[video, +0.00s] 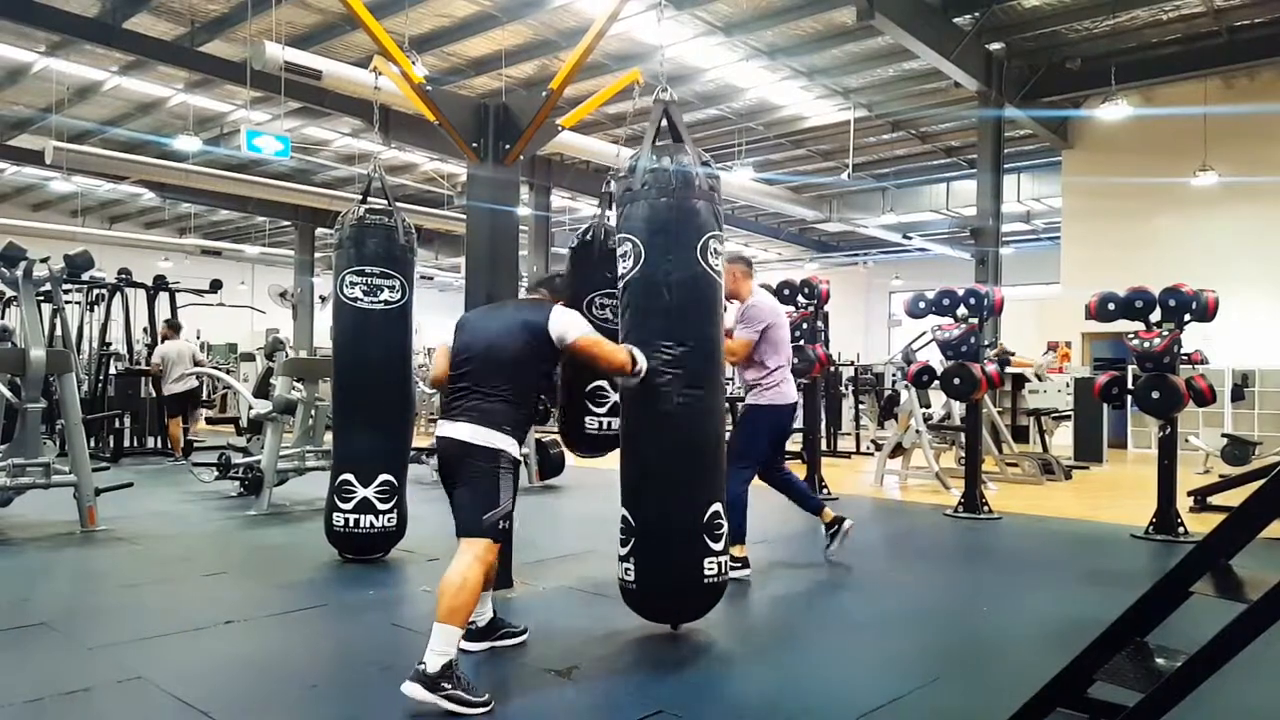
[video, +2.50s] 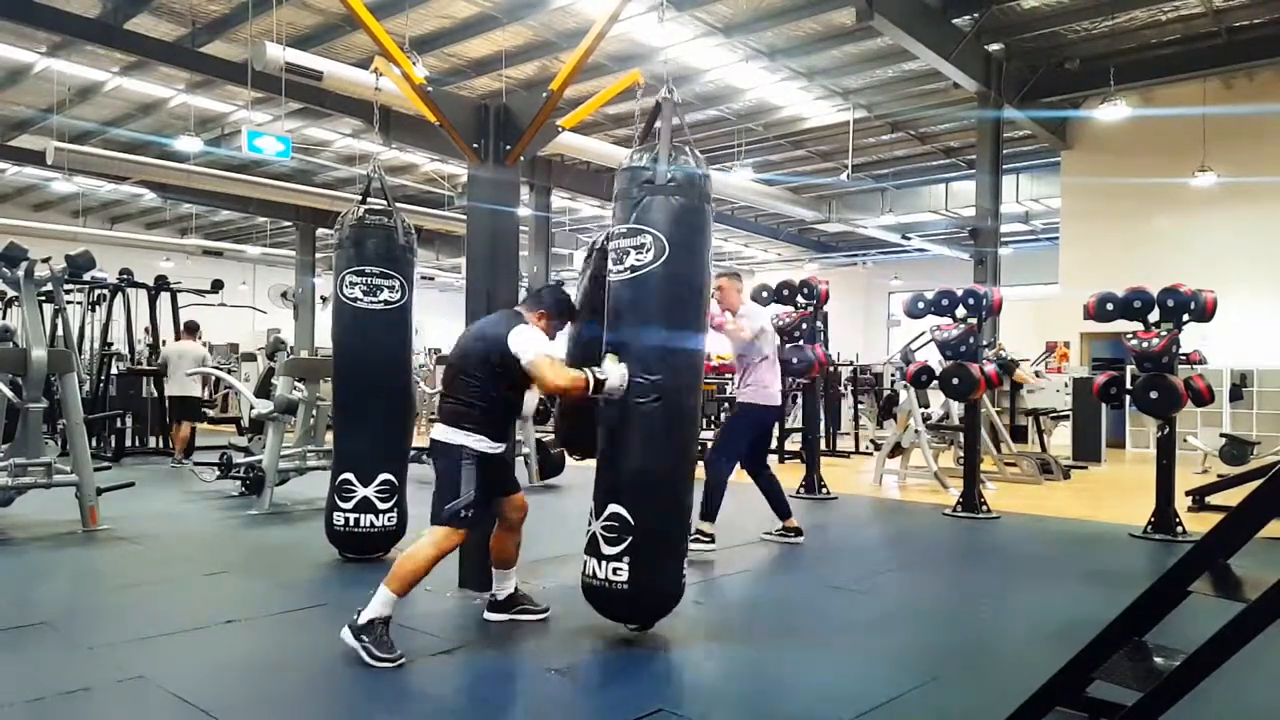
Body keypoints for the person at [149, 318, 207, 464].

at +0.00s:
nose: (160, 331)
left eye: (163, 329)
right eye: (161, 328)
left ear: (169, 331)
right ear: (177, 331)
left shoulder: (160, 348)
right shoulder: (189, 346)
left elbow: (155, 369)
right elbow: (203, 362)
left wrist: (164, 374)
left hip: (171, 390)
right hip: (191, 387)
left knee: (174, 422)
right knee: (195, 409)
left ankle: (178, 455)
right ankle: (193, 431)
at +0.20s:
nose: (166, 331)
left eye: (168, 328)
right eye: (167, 327)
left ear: (172, 331)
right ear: (183, 332)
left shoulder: (164, 350)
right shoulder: (193, 347)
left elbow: (155, 371)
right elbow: (204, 363)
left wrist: (167, 371)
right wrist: (192, 363)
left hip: (173, 392)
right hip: (193, 390)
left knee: (174, 422)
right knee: (194, 421)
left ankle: (178, 454)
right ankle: (188, 452)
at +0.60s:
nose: (172, 331)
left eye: (173, 328)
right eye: (173, 328)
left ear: (175, 331)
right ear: (188, 332)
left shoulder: (167, 349)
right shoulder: (198, 348)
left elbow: (157, 370)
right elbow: (208, 366)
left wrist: (171, 371)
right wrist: (194, 369)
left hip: (172, 393)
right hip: (193, 393)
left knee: (171, 423)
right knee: (190, 425)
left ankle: (173, 454)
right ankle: (187, 457)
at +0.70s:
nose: (171, 332)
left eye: (171, 330)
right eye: (172, 330)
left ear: (172, 331)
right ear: (186, 332)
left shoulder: (165, 349)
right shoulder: (196, 348)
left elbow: (155, 368)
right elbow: (206, 366)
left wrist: (168, 371)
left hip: (171, 393)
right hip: (191, 393)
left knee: (166, 424)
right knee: (190, 424)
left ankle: (165, 453)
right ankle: (187, 457)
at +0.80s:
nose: (166, 331)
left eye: (167, 328)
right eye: (167, 328)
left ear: (168, 331)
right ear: (182, 332)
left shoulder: (162, 349)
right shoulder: (193, 348)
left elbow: (152, 367)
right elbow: (202, 367)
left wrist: (164, 371)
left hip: (167, 394)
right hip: (189, 393)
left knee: (161, 423)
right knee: (189, 424)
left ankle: (157, 455)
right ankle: (187, 457)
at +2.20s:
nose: (173, 332)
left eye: (172, 330)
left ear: (173, 331)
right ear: (187, 333)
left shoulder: (159, 348)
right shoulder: (192, 349)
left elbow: (153, 364)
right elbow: (200, 370)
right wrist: (199, 389)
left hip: (164, 392)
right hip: (186, 392)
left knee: (157, 423)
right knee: (182, 424)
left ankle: (155, 454)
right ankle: (178, 457)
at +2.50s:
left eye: (183, 331)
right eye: (197, 334)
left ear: (183, 331)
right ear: (197, 334)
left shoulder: (169, 348)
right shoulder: (201, 351)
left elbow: (161, 366)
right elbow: (208, 372)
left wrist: (169, 374)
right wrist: (206, 387)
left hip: (173, 391)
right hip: (192, 391)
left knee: (175, 423)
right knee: (187, 424)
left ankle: (178, 454)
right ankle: (178, 456)